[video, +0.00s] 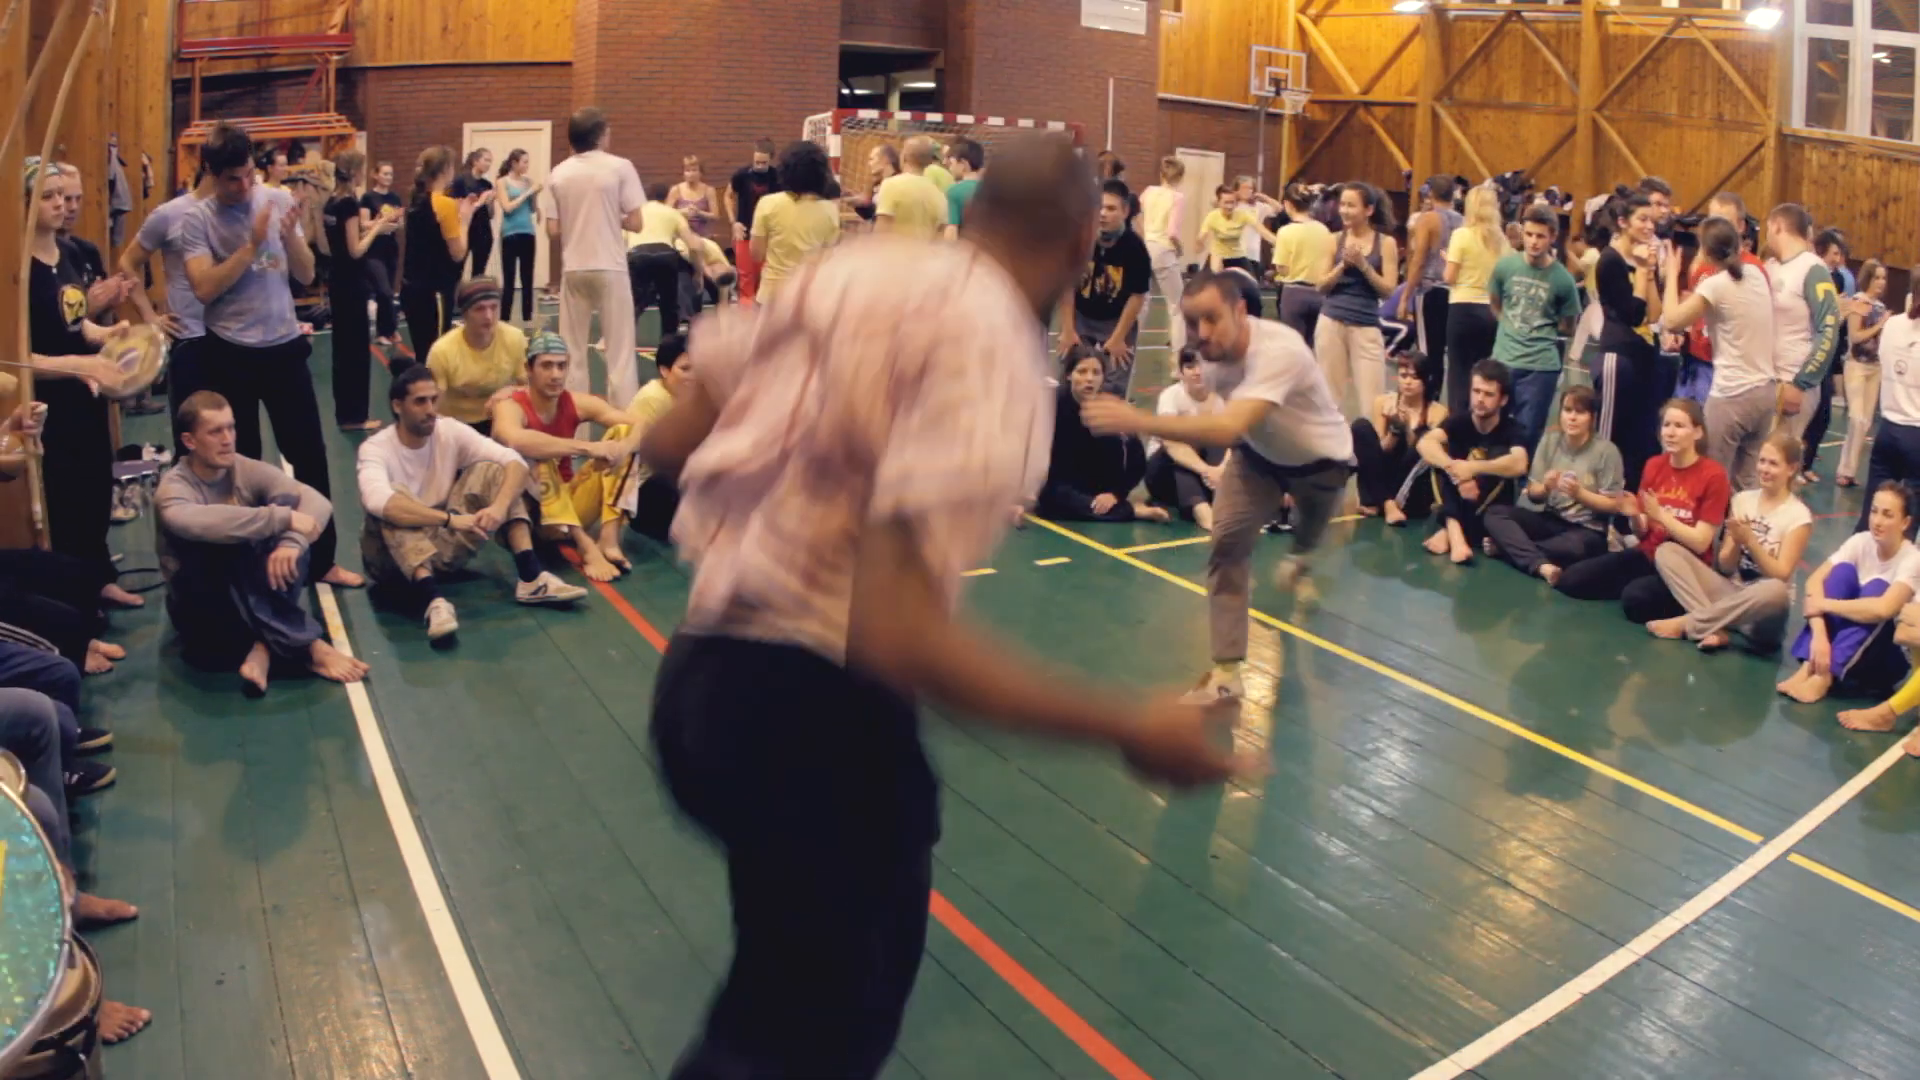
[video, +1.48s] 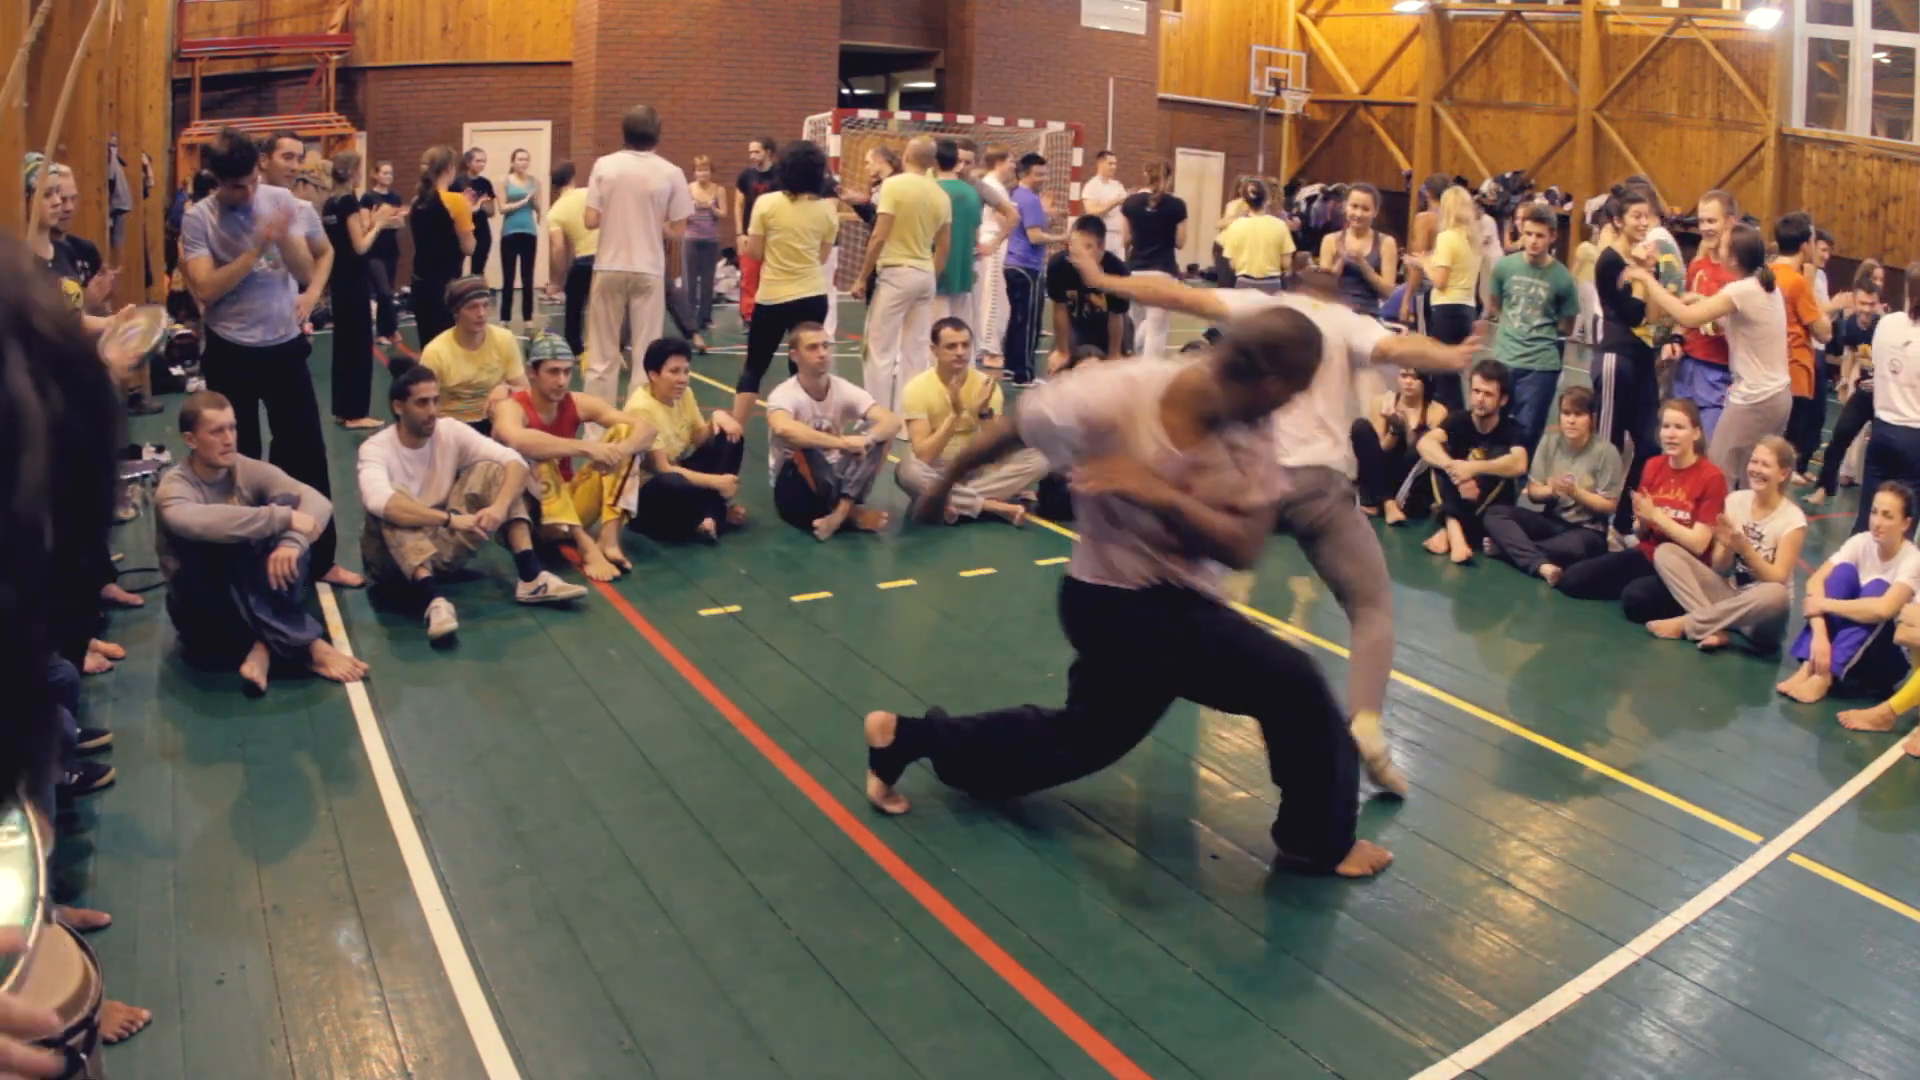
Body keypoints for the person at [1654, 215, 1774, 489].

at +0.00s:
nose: (1699, 247)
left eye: (1700, 243)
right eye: (1700, 242)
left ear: (1706, 250)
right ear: (1737, 244)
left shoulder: (1714, 285)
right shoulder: (1757, 273)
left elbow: (1671, 319)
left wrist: (1672, 273)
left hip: (1729, 395)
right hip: (1765, 389)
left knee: (1714, 480)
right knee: (1749, 478)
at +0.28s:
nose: (1701, 256)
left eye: (1703, 252)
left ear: (1707, 259)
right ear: (1739, 248)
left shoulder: (1719, 295)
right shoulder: (1755, 273)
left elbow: (1674, 312)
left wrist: (1630, 284)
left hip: (1751, 396)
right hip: (1781, 390)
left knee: (1724, 470)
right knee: (1766, 470)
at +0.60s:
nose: (1690, 265)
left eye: (1692, 261)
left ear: (1697, 267)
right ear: (1727, 256)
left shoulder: (1707, 303)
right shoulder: (1750, 282)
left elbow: (1688, 354)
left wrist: (1651, 366)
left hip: (1743, 397)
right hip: (1778, 391)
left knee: (1711, 469)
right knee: (1763, 474)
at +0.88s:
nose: (1691, 259)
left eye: (1693, 253)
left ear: (1697, 260)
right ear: (1729, 252)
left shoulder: (1706, 296)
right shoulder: (1750, 277)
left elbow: (1679, 341)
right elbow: (1721, 329)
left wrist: (1641, 339)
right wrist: (1684, 333)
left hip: (1737, 394)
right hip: (1773, 389)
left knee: (1716, 472)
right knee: (1763, 470)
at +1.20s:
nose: (1699, 255)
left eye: (1702, 249)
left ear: (1706, 258)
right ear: (1739, 253)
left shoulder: (1712, 292)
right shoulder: (1755, 281)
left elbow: (1680, 341)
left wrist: (1647, 336)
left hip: (1733, 397)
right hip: (1768, 392)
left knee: (1716, 476)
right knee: (1750, 476)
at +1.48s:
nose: (1717, 250)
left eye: (1722, 246)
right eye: (1718, 245)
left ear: (1733, 257)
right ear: (1758, 254)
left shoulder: (1742, 291)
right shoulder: (1768, 284)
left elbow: (1689, 316)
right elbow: (1738, 322)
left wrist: (1647, 279)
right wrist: (1703, 301)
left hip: (1752, 401)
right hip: (1778, 396)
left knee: (1718, 468)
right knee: (1758, 471)